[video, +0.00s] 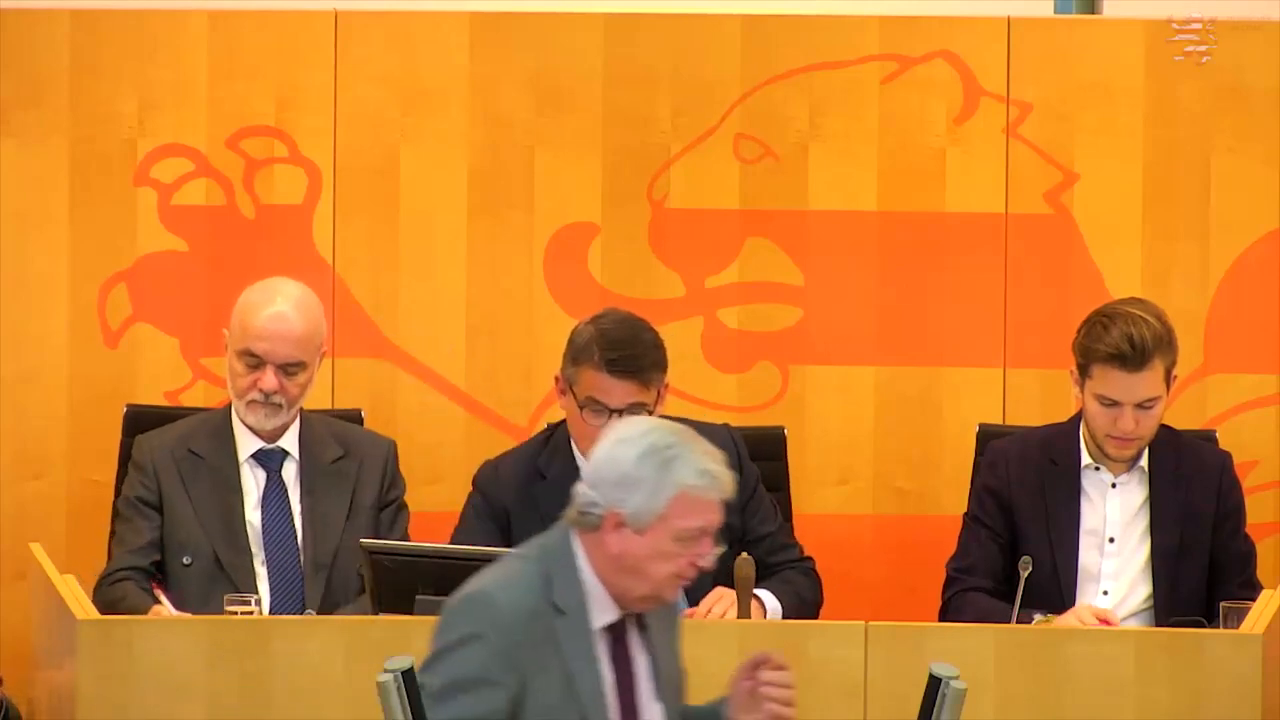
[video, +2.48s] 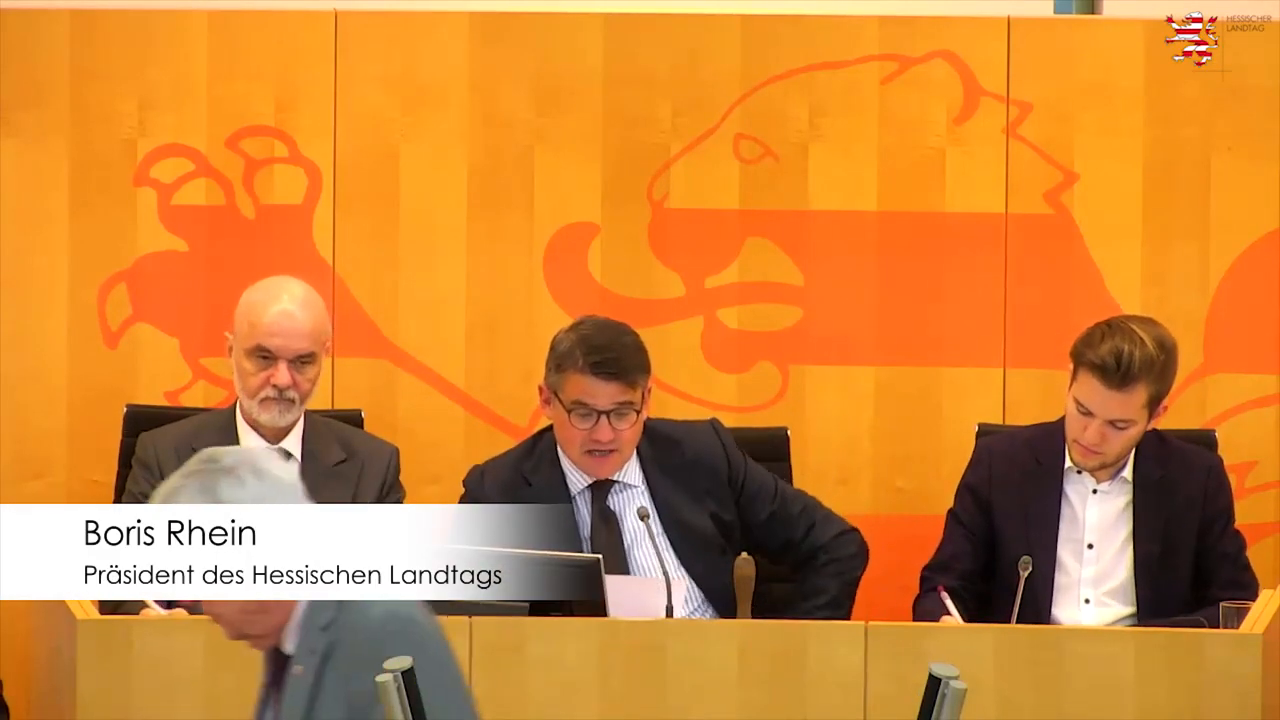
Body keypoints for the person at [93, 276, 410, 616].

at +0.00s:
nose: (268, 385)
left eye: (291, 369)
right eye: (252, 361)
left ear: (319, 361)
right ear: (226, 347)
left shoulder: (373, 460)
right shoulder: (159, 457)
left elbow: (395, 589)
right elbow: (120, 583)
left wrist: (319, 640)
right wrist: (159, 622)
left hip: (334, 674)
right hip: (202, 668)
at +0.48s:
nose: (274, 386)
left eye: (297, 370)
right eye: (258, 361)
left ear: (325, 360)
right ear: (232, 346)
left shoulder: (373, 464)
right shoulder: (162, 456)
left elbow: (392, 593)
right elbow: (124, 584)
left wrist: (308, 629)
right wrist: (174, 634)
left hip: (332, 673)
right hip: (201, 669)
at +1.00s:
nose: (274, 387)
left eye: (297, 371)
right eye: (258, 363)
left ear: (326, 361)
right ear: (233, 346)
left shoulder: (374, 464)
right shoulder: (163, 456)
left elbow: (392, 593)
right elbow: (127, 582)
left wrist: (308, 630)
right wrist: (168, 630)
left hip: (331, 674)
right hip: (201, 669)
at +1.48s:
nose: (274, 387)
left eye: (297, 371)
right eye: (258, 363)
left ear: (325, 362)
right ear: (233, 347)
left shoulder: (373, 465)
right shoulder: (161, 455)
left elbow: (395, 596)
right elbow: (121, 585)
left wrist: (310, 635)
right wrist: (154, 619)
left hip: (329, 666)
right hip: (197, 661)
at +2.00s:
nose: (272, 388)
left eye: (296, 372)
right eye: (256, 364)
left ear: (324, 361)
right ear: (232, 347)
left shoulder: (374, 463)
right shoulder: (161, 454)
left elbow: (393, 591)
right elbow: (121, 585)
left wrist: (312, 637)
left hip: (327, 666)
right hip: (195, 664)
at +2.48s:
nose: (282, 381)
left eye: (303, 361)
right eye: (263, 357)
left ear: (324, 355)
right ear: (231, 350)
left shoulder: (373, 464)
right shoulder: (161, 454)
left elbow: (396, 588)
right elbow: (119, 584)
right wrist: (151, 617)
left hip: (333, 668)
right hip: (193, 661)